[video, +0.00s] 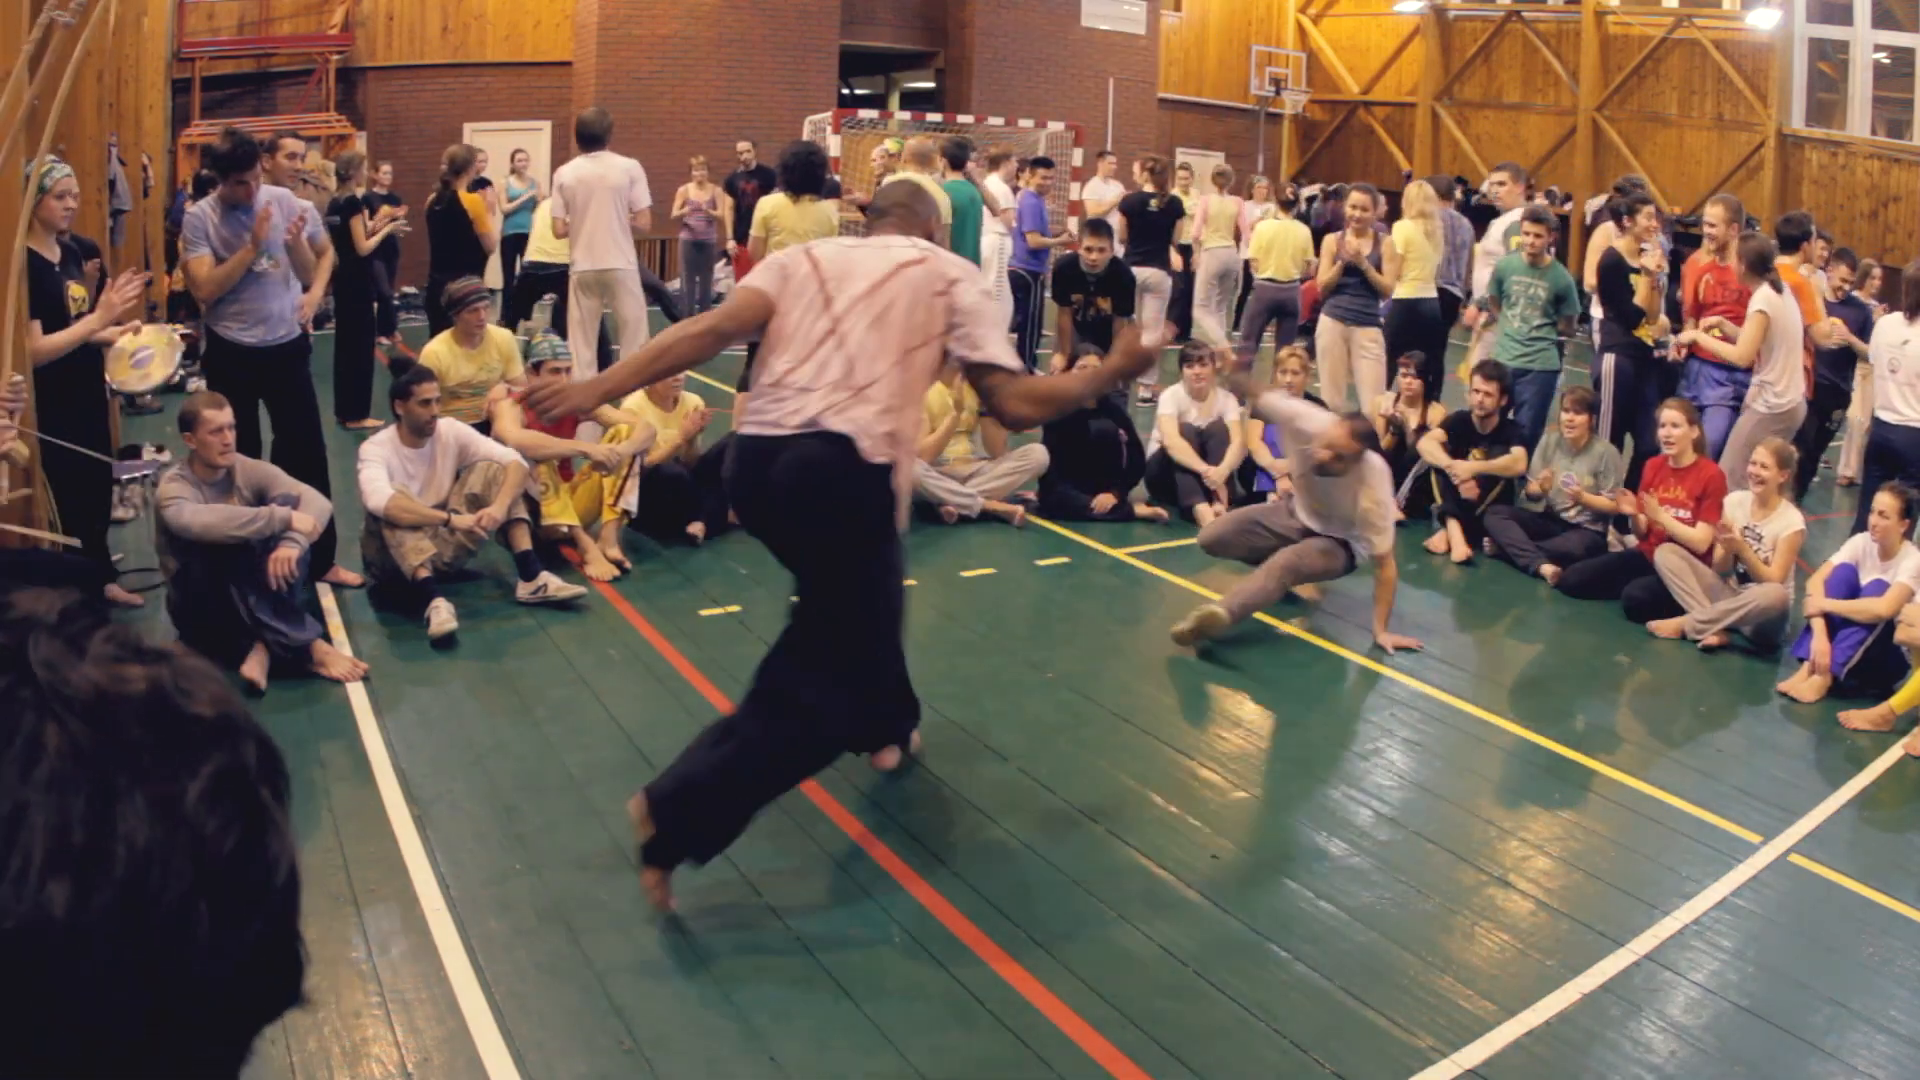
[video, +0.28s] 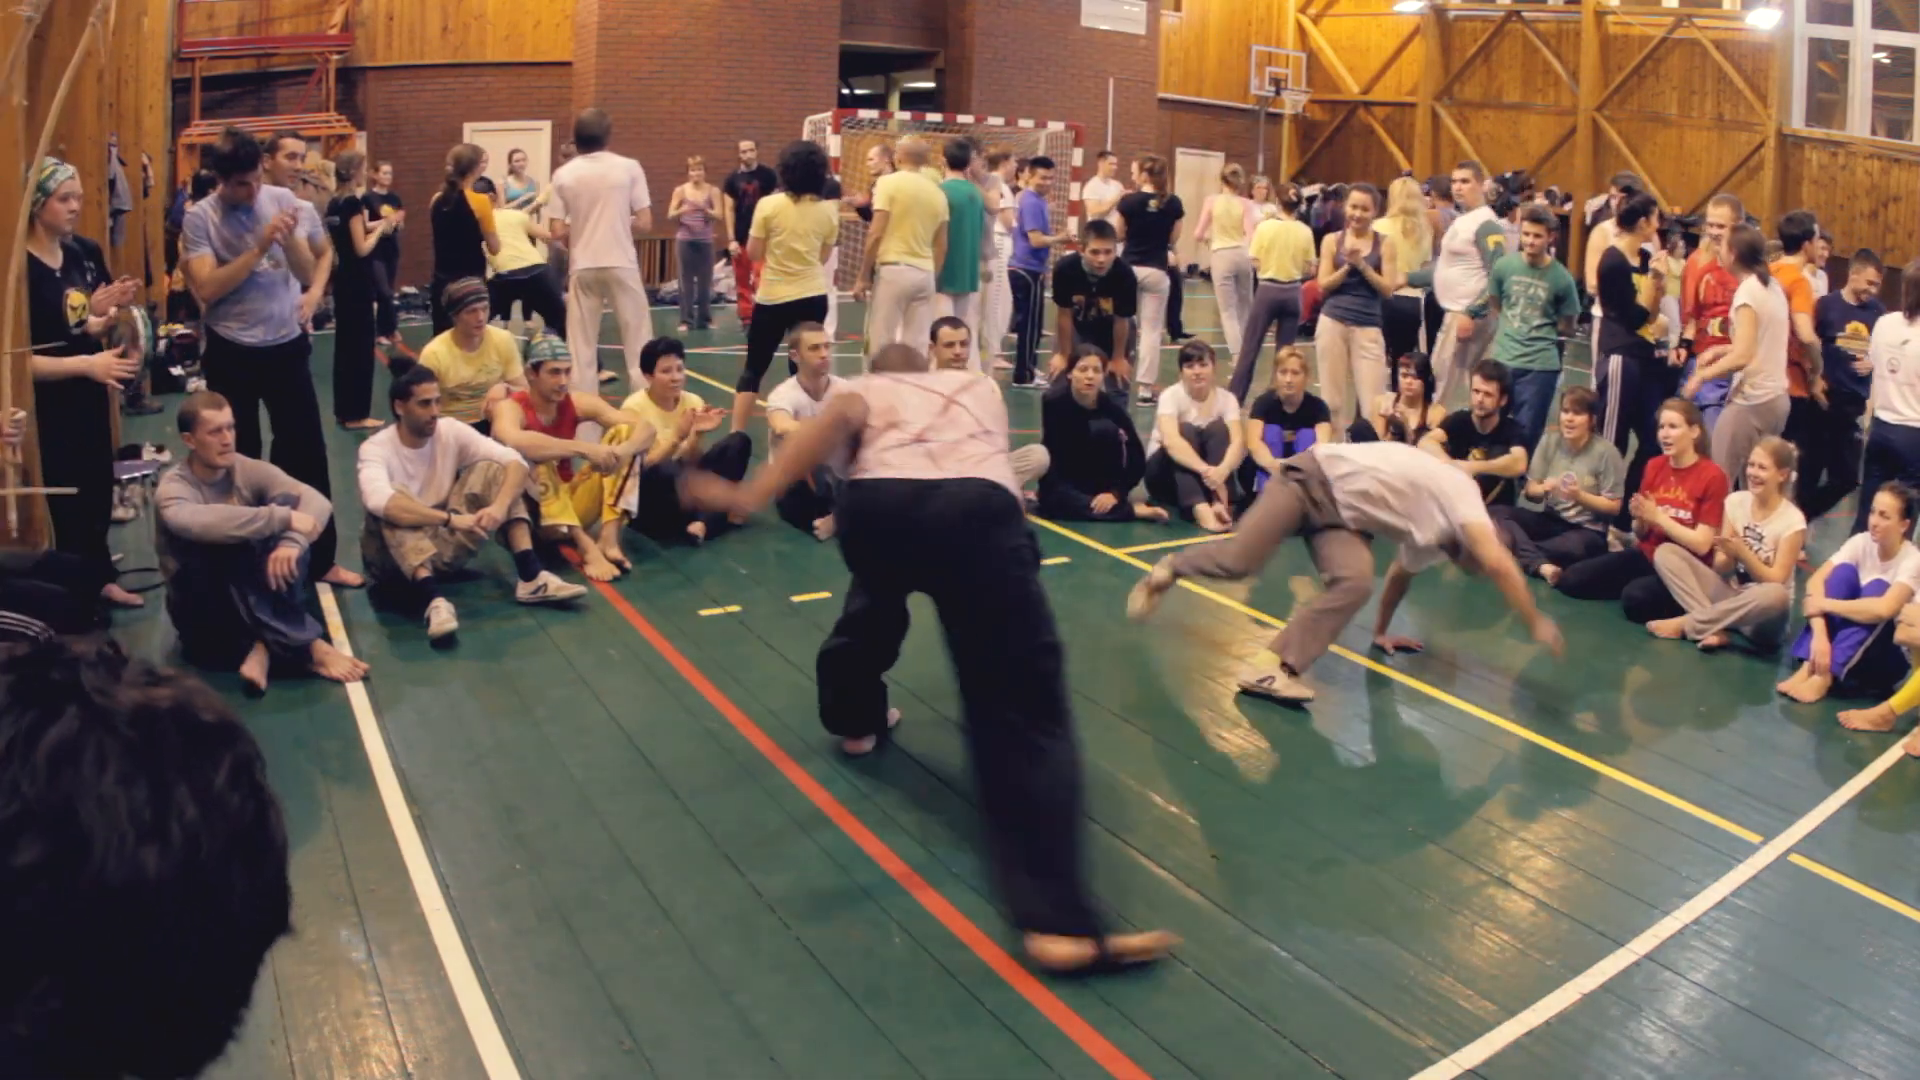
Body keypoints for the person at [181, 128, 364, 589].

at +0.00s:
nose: (246, 191)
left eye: (251, 181)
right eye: (236, 184)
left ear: (260, 172)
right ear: (217, 179)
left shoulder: (284, 203)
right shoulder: (200, 216)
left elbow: (310, 275)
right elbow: (204, 291)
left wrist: (294, 248)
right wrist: (253, 245)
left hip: (285, 346)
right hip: (228, 350)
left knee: (305, 452)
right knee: (238, 456)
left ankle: (320, 563)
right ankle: (247, 565)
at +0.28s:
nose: (250, 191)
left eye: (255, 181)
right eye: (240, 184)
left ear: (262, 172)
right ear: (218, 180)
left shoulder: (283, 202)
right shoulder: (200, 216)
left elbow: (309, 274)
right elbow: (206, 291)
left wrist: (288, 241)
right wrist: (260, 246)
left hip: (286, 346)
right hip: (229, 350)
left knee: (305, 452)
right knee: (239, 455)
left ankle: (320, 562)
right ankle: (246, 565)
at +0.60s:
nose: (247, 192)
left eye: (253, 182)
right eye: (237, 185)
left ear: (262, 172)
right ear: (217, 179)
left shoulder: (284, 203)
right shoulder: (200, 217)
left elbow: (306, 275)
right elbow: (206, 291)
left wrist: (287, 242)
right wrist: (260, 250)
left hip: (286, 347)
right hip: (229, 350)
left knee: (305, 452)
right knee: (239, 455)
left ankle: (320, 562)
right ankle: (247, 564)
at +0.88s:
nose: (251, 191)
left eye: (255, 181)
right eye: (240, 184)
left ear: (263, 172)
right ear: (219, 180)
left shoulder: (285, 203)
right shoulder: (200, 217)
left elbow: (304, 274)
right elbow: (207, 291)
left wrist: (287, 243)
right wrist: (260, 258)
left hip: (286, 347)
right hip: (229, 350)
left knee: (305, 452)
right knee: (238, 454)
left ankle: (320, 562)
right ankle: (246, 563)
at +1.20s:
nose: (248, 190)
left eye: (253, 180)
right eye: (238, 184)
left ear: (262, 170)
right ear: (217, 179)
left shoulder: (284, 203)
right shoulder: (200, 217)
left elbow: (305, 274)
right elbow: (208, 292)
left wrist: (287, 241)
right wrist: (261, 253)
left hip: (286, 347)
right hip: (229, 350)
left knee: (305, 452)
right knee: (239, 454)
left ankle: (320, 562)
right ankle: (246, 565)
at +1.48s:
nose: (250, 190)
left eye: (255, 180)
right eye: (239, 183)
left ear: (262, 170)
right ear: (218, 180)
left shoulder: (286, 202)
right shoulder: (200, 217)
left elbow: (317, 269)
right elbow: (205, 291)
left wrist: (298, 253)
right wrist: (253, 245)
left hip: (287, 346)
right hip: (230, 349)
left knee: (306, 452)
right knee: (239, 454)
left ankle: (321, 562)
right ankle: (246, 564)